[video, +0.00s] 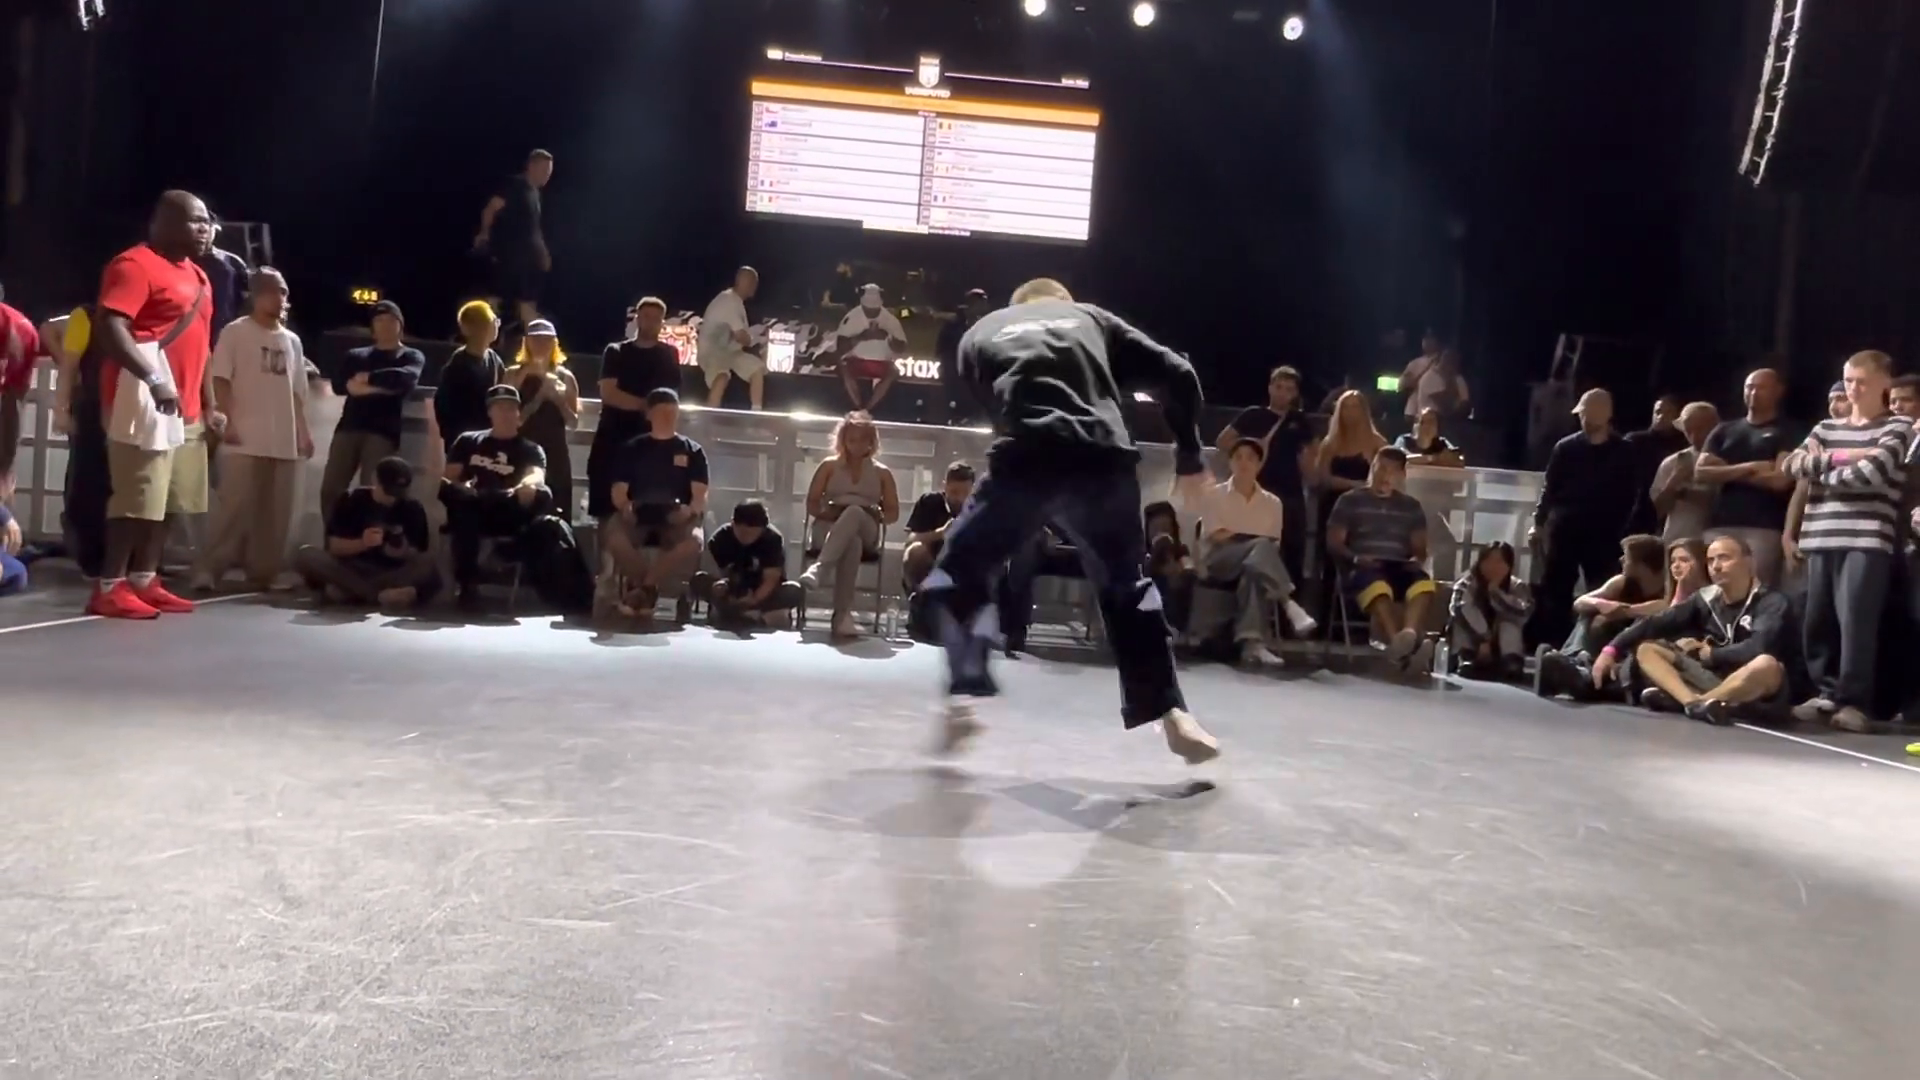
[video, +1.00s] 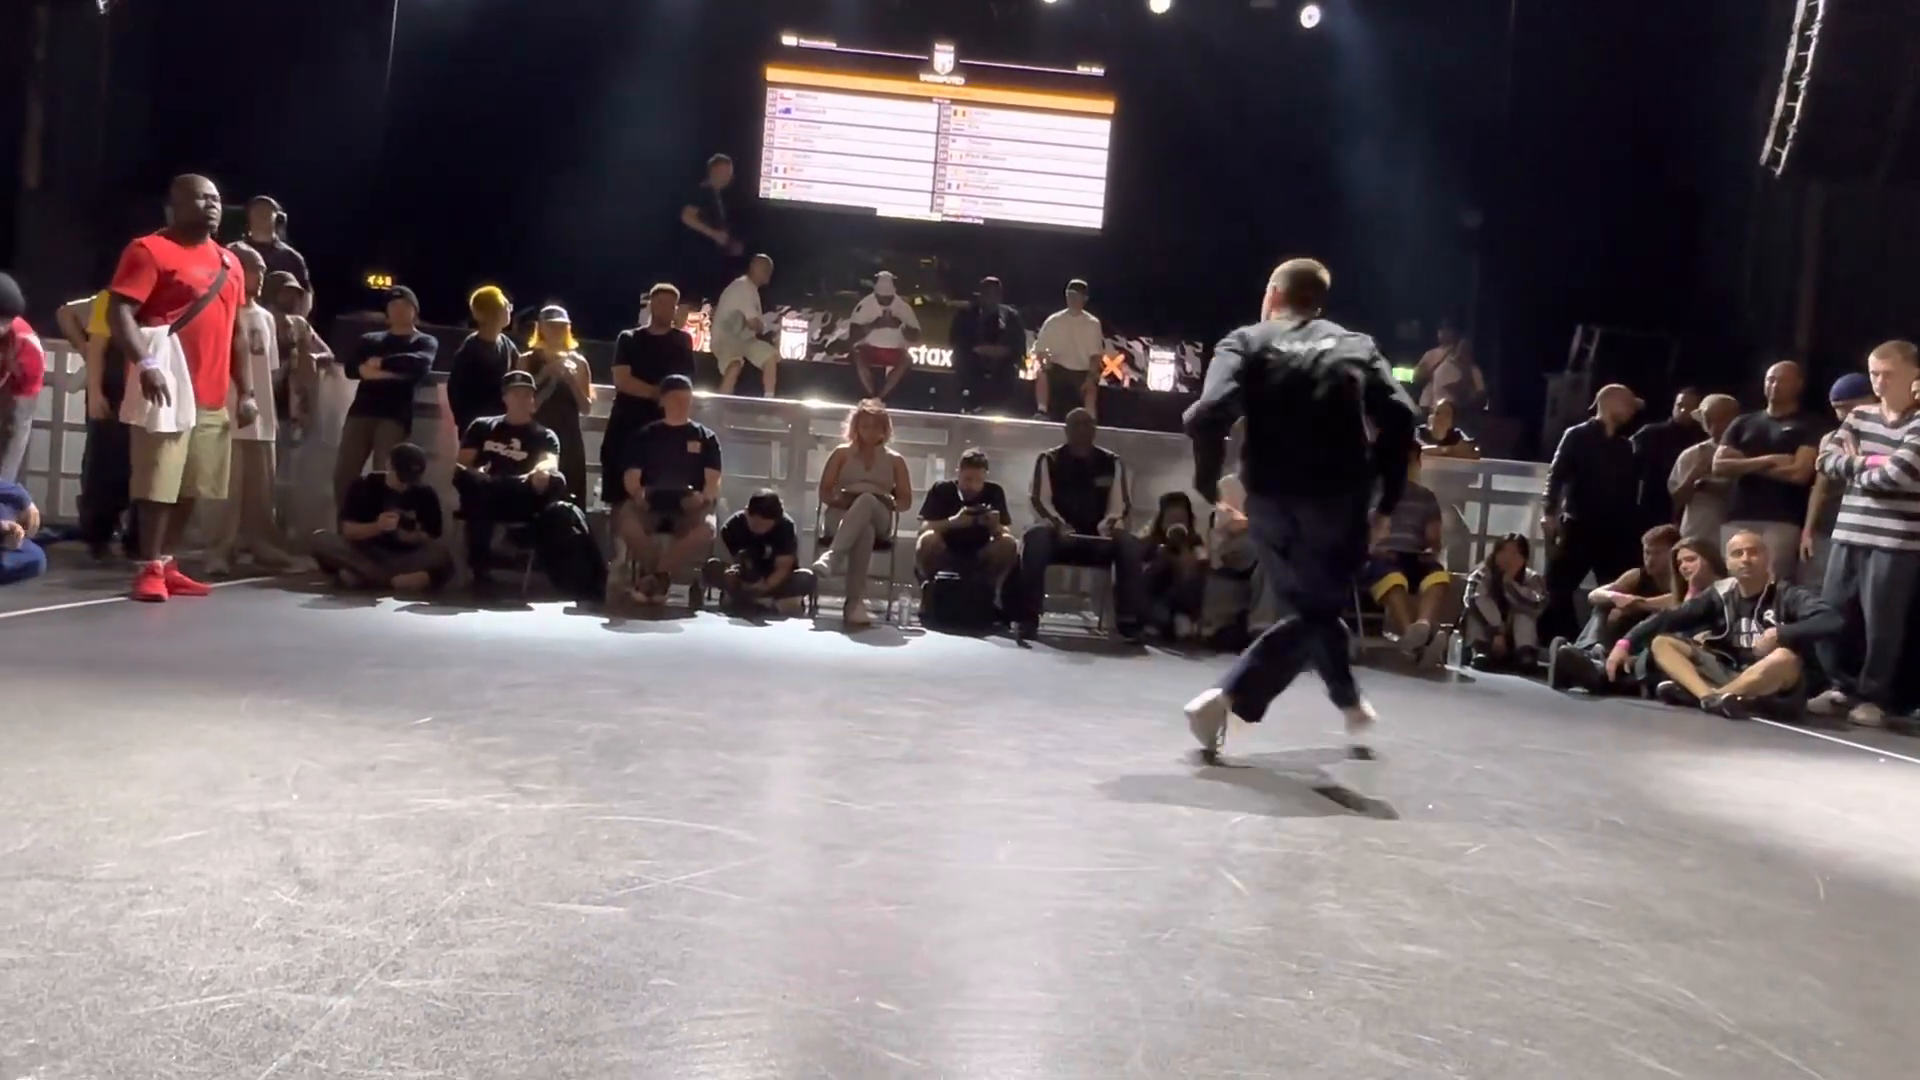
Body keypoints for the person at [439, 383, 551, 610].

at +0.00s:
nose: (508, 414)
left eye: (512, 409)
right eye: (502, 408)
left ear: (519, 414)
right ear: (489, 412)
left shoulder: (531, 449)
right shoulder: (468, 441)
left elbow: (534, 479)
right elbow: (448, 482)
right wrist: (463, 488)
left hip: (510, 503)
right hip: (475, 502)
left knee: (541, 497)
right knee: (460, 505)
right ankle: (466, 584)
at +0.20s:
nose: (512, 410)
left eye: (516, 405)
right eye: (506, 405)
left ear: (523, 410)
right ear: (493, 408)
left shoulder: (534, 445)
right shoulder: (472, 437)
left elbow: (539, 470)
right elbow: (451, 476)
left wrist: (531, 480)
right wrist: (466, 484)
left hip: (513, 499)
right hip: (477, 497)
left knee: (545, 492)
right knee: (464, 498)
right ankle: (470, 581)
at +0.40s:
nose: (514, 407)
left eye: (518, 402)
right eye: (508, 402)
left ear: (525, 407)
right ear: (495, 405)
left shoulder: (537, 442)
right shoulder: (474, 434)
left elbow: (539, 475)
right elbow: (453, 474)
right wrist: (470, 481)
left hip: (516, 497)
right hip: (481, 496)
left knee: (547, 489)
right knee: (465, 496)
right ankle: (472, 578)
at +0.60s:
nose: (519, 405)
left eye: (523, 400)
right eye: (513, 399)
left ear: (529, 405)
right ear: (499, 402)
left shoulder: (540, 440)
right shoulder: (477, 431)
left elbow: (543, 470)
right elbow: (457, 471)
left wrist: (531, 480)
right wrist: (474, 479)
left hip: (520, 495)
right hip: (484, 493)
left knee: (549, 486)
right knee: (469, 490)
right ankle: (476, 576)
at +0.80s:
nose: (519, 401)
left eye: (524, 396)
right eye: (513, 395)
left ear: (531, 402)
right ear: (502, 399)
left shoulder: (542, 437)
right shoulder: (480, 428)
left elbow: (547, 465)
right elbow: (458, 467)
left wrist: (536, 475)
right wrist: (473, 475)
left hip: (519, 491)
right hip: (484, 489)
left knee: (553, 483)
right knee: (470, 488)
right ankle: (477, 571)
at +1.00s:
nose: (524, 399)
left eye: (528, 394)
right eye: (517, 394)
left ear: (534, 400)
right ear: (504, 398)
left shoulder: (545, 435)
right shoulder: (482, 427)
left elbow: (547, 468)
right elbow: (460, 468)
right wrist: (476, 474)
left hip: (524, 489)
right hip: (489, 487)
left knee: (555, 482)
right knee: (469, 483)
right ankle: (480, 569)